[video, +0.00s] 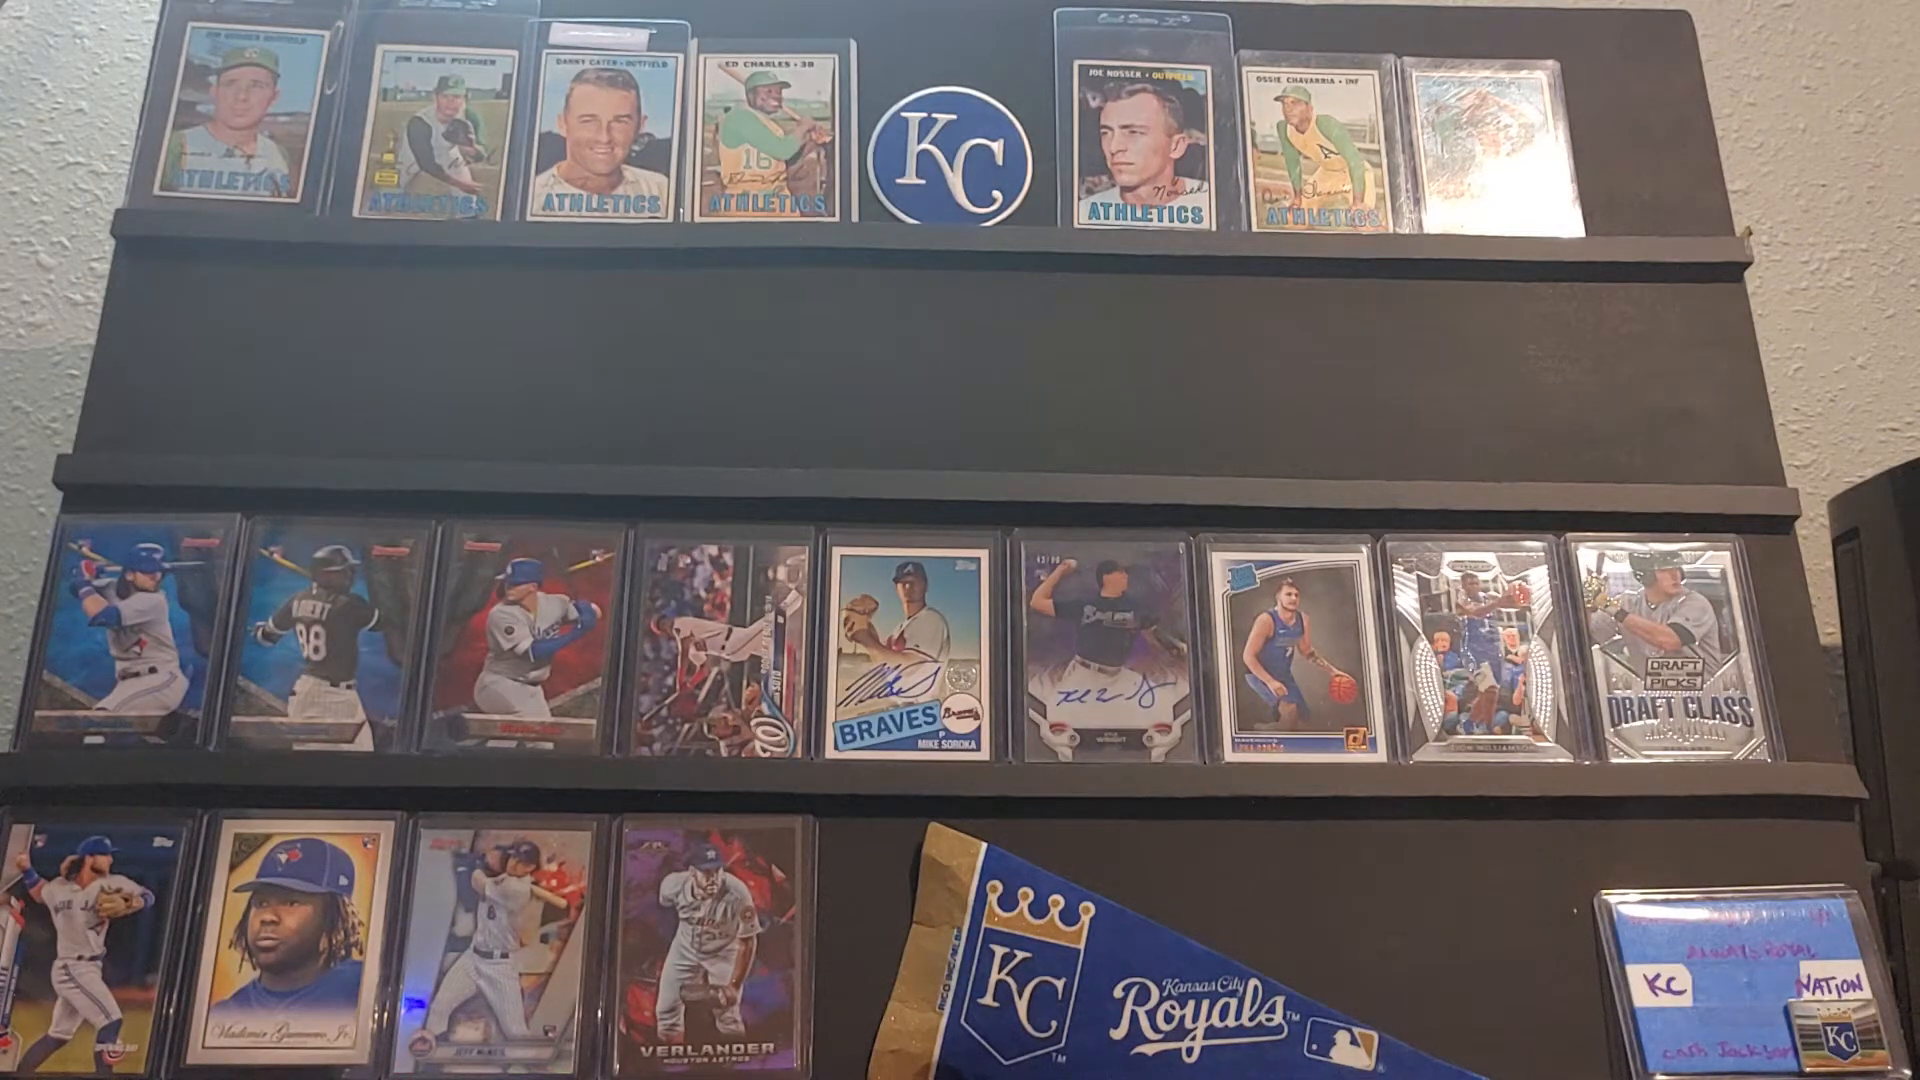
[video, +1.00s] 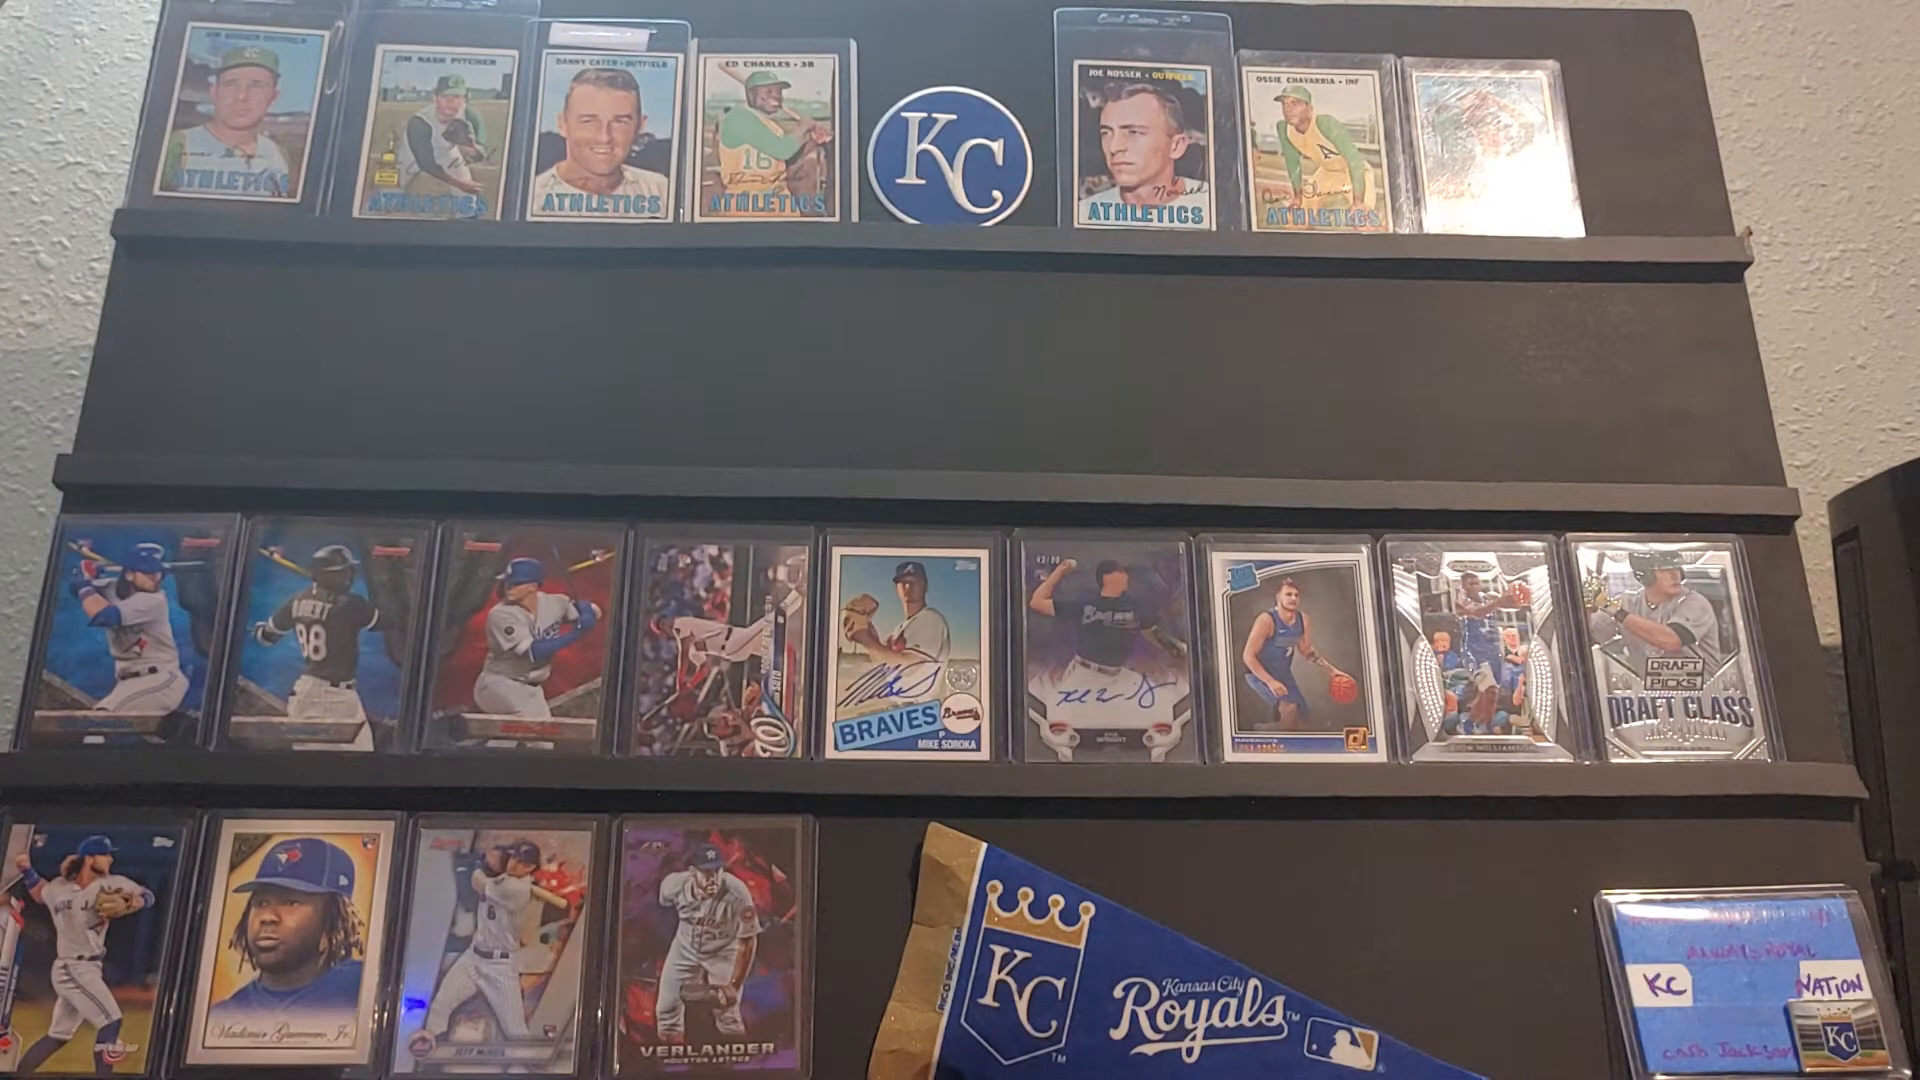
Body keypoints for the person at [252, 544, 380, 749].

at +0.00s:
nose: (351, 576)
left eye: (351, 571)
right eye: (347, 571)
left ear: (320, 574)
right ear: (332, 575)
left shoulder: (299, 600)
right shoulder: (350, 605)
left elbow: (267, 637)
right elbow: (384, 623)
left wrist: (259, 630)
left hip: (305, 692)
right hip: (340, 697)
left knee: (307, 765)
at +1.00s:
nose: (351, 577)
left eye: (350, 571)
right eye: (347, 572)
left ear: (320, 574)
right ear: (336, 575)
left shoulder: (299, 601)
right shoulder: (352, 605)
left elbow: (267, 637)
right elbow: (387, 622)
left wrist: (259, 630)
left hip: (305, 693)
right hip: (341, 697)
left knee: (306, 765)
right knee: (361, 766)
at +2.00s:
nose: (350, 578)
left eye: (350, 572)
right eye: (346, 572)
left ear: (319, 575)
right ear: (335, 575)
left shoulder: (299, 601)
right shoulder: (350, 605)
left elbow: (267, 637)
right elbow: (388, 621)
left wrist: (259, 630)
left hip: (305, 694)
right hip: (342, 698)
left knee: (306, 766)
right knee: (359, 767)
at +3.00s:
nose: (350, 577)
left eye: (350, 571)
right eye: (346, 572)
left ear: (320, 575)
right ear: (332, 575)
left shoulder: (299, 601)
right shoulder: (351, 605)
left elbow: (267, 637)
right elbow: (385, 622)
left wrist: (259, 630)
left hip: (306, 694)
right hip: (341, 697)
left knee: (305, 765)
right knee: (360, 766)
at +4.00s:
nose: (350, 576)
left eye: (350, 571)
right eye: (346, 571)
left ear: (319, 575)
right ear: (333, 575)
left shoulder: (298, 601)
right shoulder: (350, 604)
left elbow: (267, 637)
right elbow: (386, 622)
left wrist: (260, 630)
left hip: (306, 692)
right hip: (341, 697)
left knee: (306, 765)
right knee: (360, 766)